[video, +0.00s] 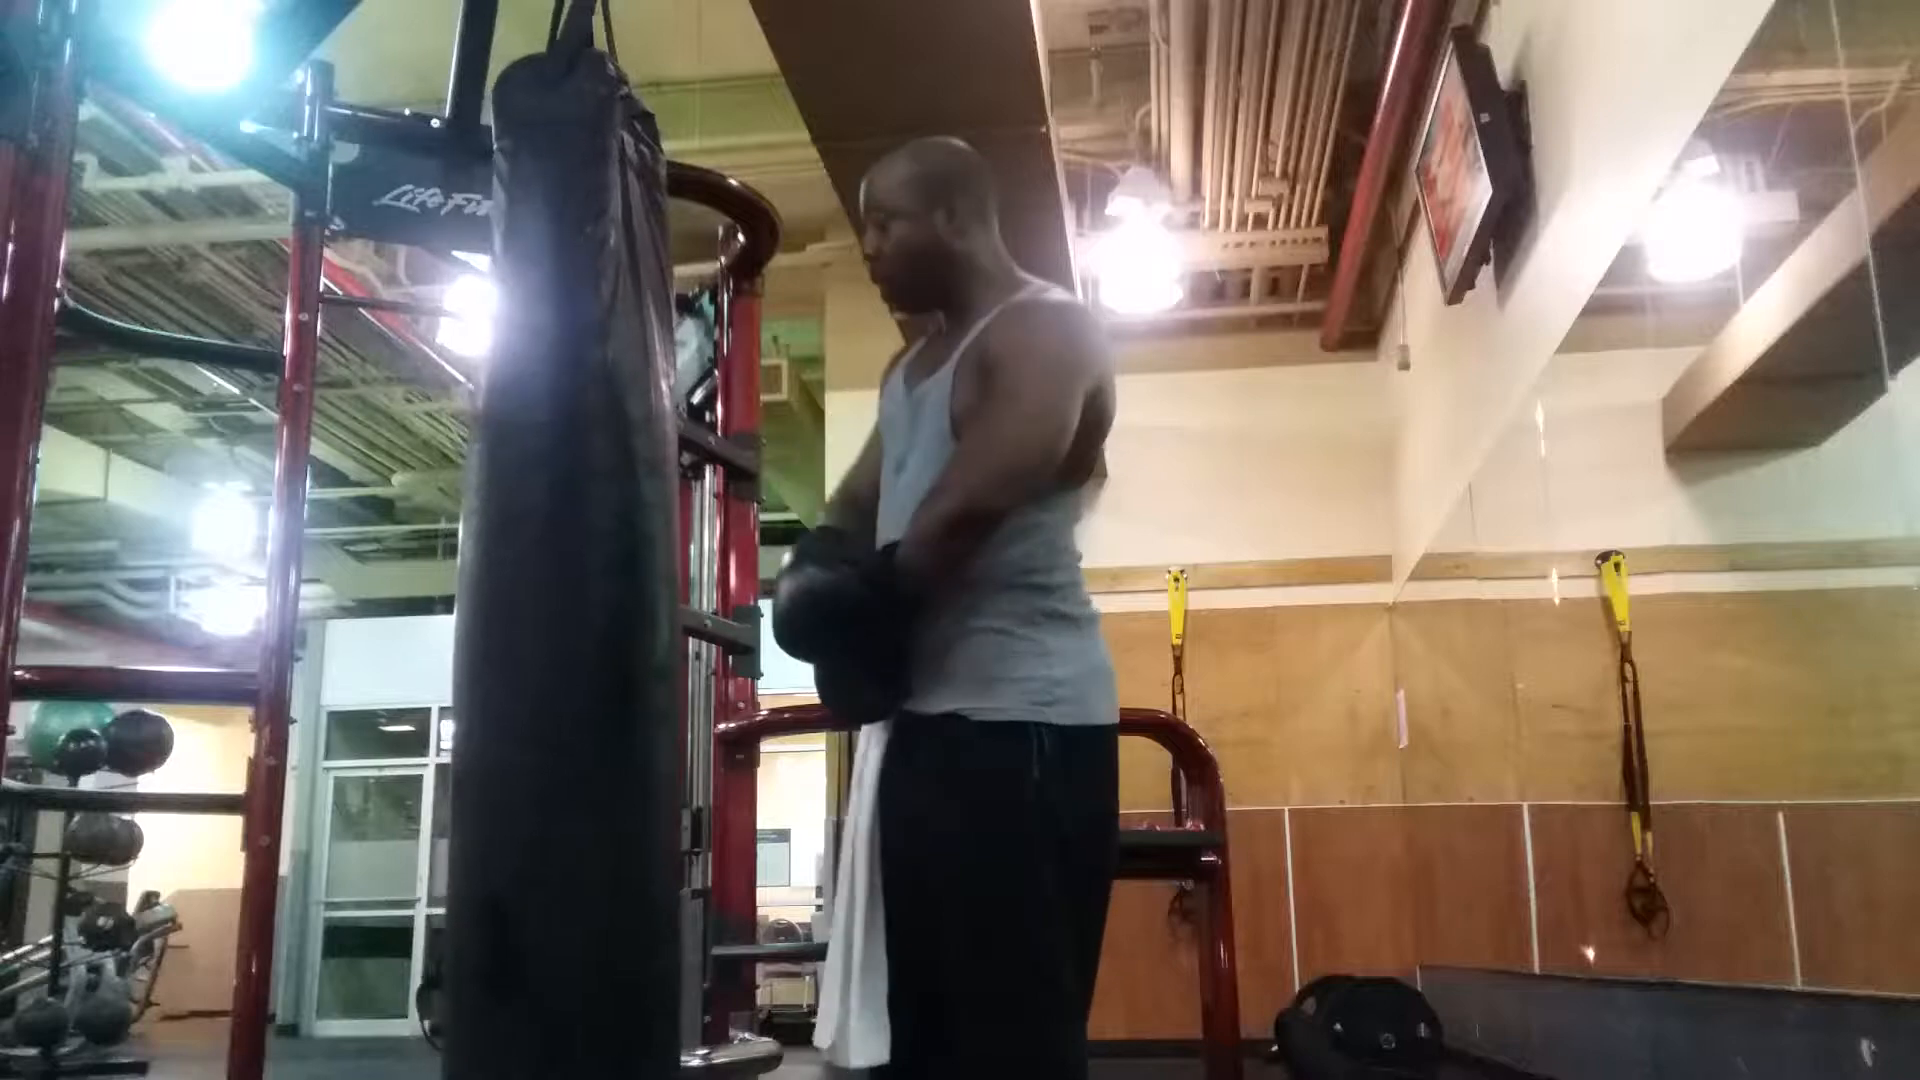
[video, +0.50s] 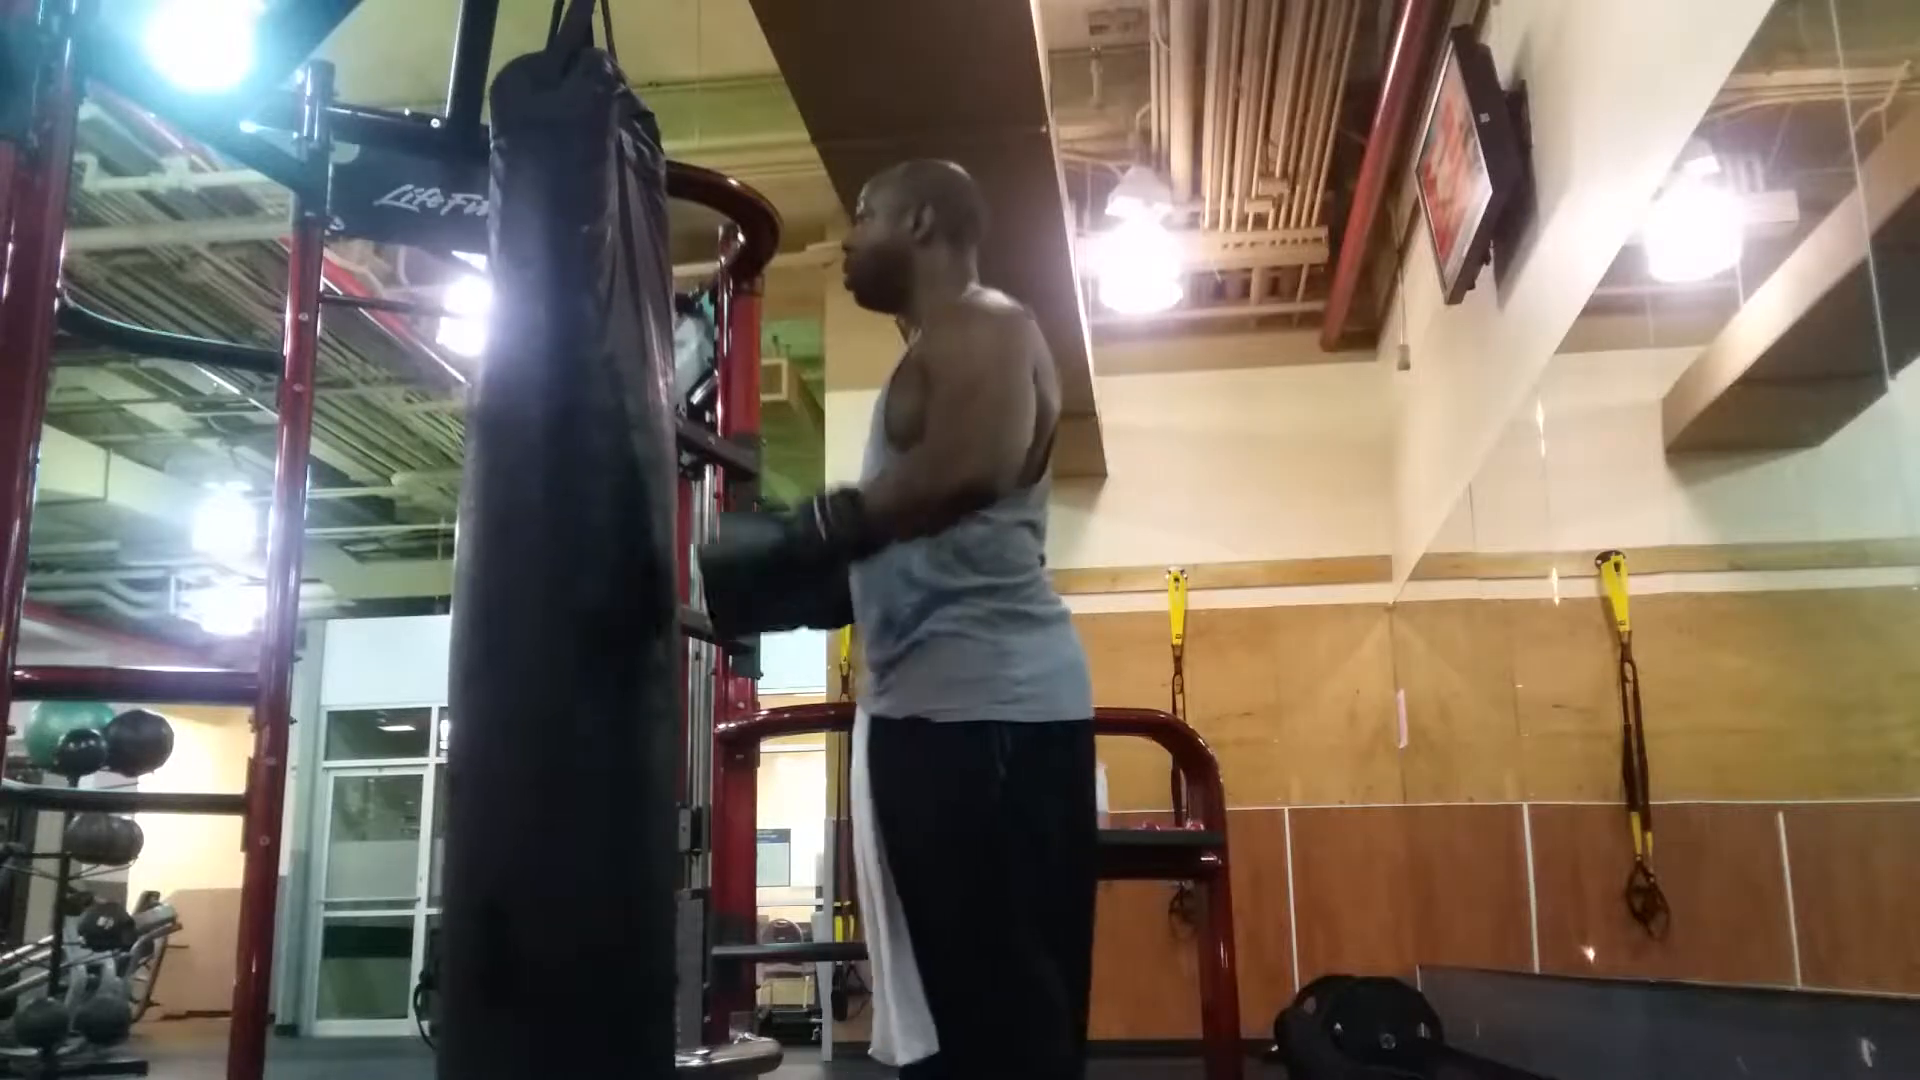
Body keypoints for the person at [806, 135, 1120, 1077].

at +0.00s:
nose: (868, 248)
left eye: (882, 225)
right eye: (865, 230)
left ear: (954, 219)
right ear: (935, 227)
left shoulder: (1042, 320)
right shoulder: (914, 366)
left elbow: (979, 501)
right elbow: (850, 511)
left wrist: (866, 609)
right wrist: (818, 584)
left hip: (1021, 727)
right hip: (926, 726)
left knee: (1005, 1033)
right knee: (923, 1027)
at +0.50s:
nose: (847, 240)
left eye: (864, 216)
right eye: (854, 220)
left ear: (920, 224)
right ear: (926, 229)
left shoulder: (978, 322)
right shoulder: (935, 355)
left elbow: (974, 464)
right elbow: (913, 557)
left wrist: (815, 528)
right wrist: (775, 591)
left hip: (981, 713)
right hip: (947, 713)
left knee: (992, 1022)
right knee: (981, 1021)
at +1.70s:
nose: (825, 335)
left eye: (826, 304)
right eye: (818, 313)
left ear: (882, 277)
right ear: (890, 282)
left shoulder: (977, 342)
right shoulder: (910, 387)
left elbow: (922, 481)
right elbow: (881, 542)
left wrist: (803, 443)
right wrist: (790, 463)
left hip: (950, 707)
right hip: (903, 708)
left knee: (951, 1010)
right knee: (924, 1007)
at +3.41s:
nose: (698, 338)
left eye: (707, 309)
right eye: (696, 316)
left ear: (754, 295)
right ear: (780, 296)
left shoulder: (818, 344)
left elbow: (789, 435)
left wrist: (677, 467)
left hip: (893, 707)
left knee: (916, 1011)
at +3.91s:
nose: (724, 309)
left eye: (738, 287)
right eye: (725, 293)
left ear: (805, 286)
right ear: (808, 293)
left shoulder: (858, 347)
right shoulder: (814, 401)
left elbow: (848, 462)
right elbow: (861, 597)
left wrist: (723, 483)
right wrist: (752, 624)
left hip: (911, 702)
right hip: (872, 706)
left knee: (914, 992)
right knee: (889, 990)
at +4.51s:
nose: (811, 256)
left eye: (824, 235)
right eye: (815, 237)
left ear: (880, 234)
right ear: (895, 241)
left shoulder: (938, 313)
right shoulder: (938, 331)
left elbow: (885, 474)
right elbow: (963, 546)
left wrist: (815, 489)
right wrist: (868, 608)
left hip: (971, 699)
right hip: (978, 698)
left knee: (960, 1020)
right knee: (983, 1016)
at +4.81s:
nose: (839, 236)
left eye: (841, 206)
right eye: (836, 211)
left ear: (883, 183)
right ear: (950, 187)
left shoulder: (944, 266)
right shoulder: (1049, 293)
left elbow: (869, 469)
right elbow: (1107, 510)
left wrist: (850, 474)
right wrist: (934, 566)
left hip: (1018, 673)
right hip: (1104, 665)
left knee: (1012, 1020)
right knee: (1084, 1010)